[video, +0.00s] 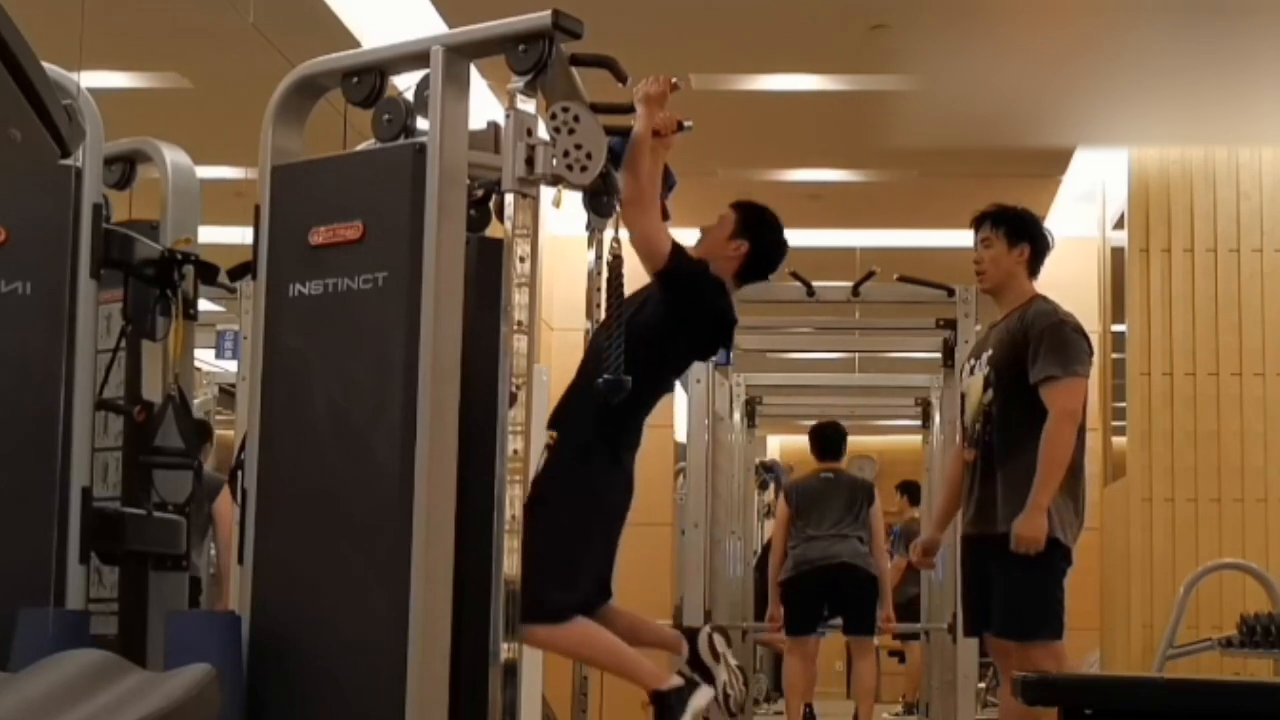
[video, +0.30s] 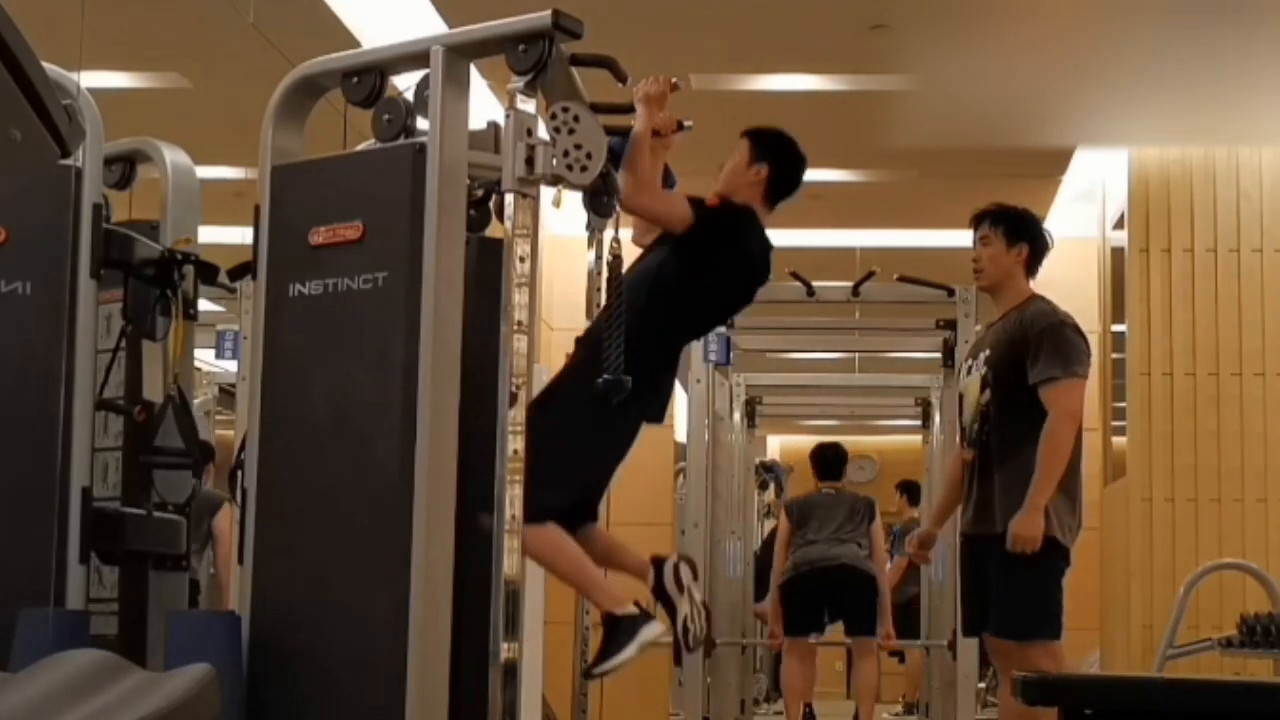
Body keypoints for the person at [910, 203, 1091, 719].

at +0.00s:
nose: (976, 257)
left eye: (988, 246)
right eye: (976, 248)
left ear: (1023, 254)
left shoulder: (1051, 325)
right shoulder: (984, 343)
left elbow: (1067, 416)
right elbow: (968, 445)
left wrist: (1038, 508)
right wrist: (935, 529)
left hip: (1031, 525)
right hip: (987, 526)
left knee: (1041, 659)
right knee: (1004, 656)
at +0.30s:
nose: (975, 255)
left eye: (987, 244)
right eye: (974, 245)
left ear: (1022, 253)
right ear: (979, 255)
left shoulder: (1049, 325)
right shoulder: (982, 341)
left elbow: (1066, 418)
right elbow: (969, 446)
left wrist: (1035, 507)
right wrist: (933, 523)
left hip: (1030, 524)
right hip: (987, 524)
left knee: (1039, 654)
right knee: (1003, 653)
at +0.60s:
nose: (974, 255)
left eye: (985, 244)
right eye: (973, 245)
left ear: (1021, 253)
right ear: (980, 255)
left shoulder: (1047, 325)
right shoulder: (981, 342)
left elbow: (1061, 414)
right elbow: (965, 444)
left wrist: (1013, 500)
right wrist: (924, 514)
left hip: (1033, 523)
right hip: (988, 523)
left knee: (1040, 659)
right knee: (1005, 656)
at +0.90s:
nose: (973, 254)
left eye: (985, 243)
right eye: (972, 244)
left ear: (1020, 253)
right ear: (975, 254)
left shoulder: (1047, 326)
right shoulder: (985, 339)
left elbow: (1061, 417)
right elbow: (966, 443)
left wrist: (1022, 505)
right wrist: (928, 521)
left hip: (1030, 524)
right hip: (989, 523)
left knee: (1039, 660)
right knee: (1007, 658)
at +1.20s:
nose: (968, 257)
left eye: (980, 245)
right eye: (968, 247)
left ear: (1016, 254)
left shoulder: (1047, 328)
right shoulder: (985, 342)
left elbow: (1058, 424)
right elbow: (970, 446)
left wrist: (1025, 512)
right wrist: (939, 525)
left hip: (1026, 527)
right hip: (986, 526)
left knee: (1036, 666)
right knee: (1002, 663)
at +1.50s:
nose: (966, 267)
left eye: (975, 253)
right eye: (964, 256)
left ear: (1012, 257)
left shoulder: (1047, 330)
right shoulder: (994, 340)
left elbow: (1051, 428)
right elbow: (974, 445)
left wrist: (1005, 514)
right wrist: (947, 524)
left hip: (1029, 529)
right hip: (992, 529)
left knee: (1037, 673)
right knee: (1004, 667)